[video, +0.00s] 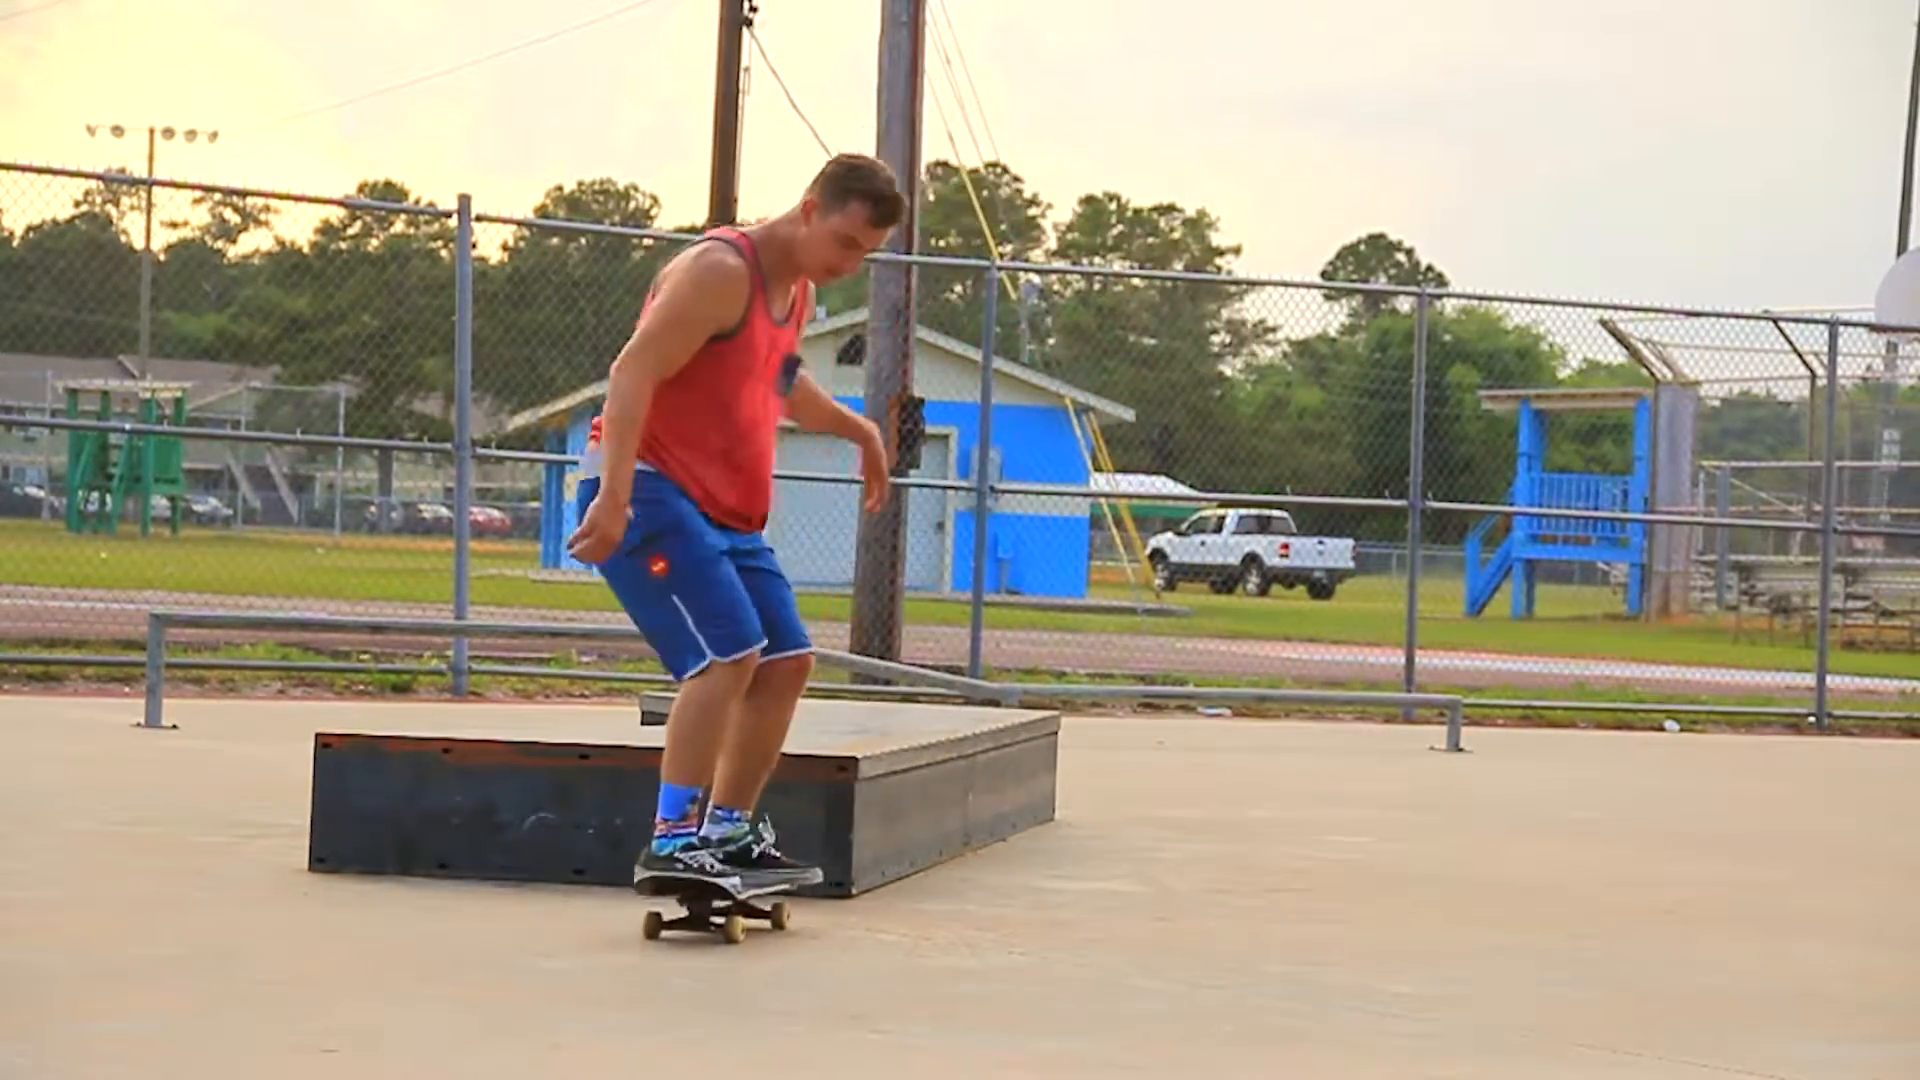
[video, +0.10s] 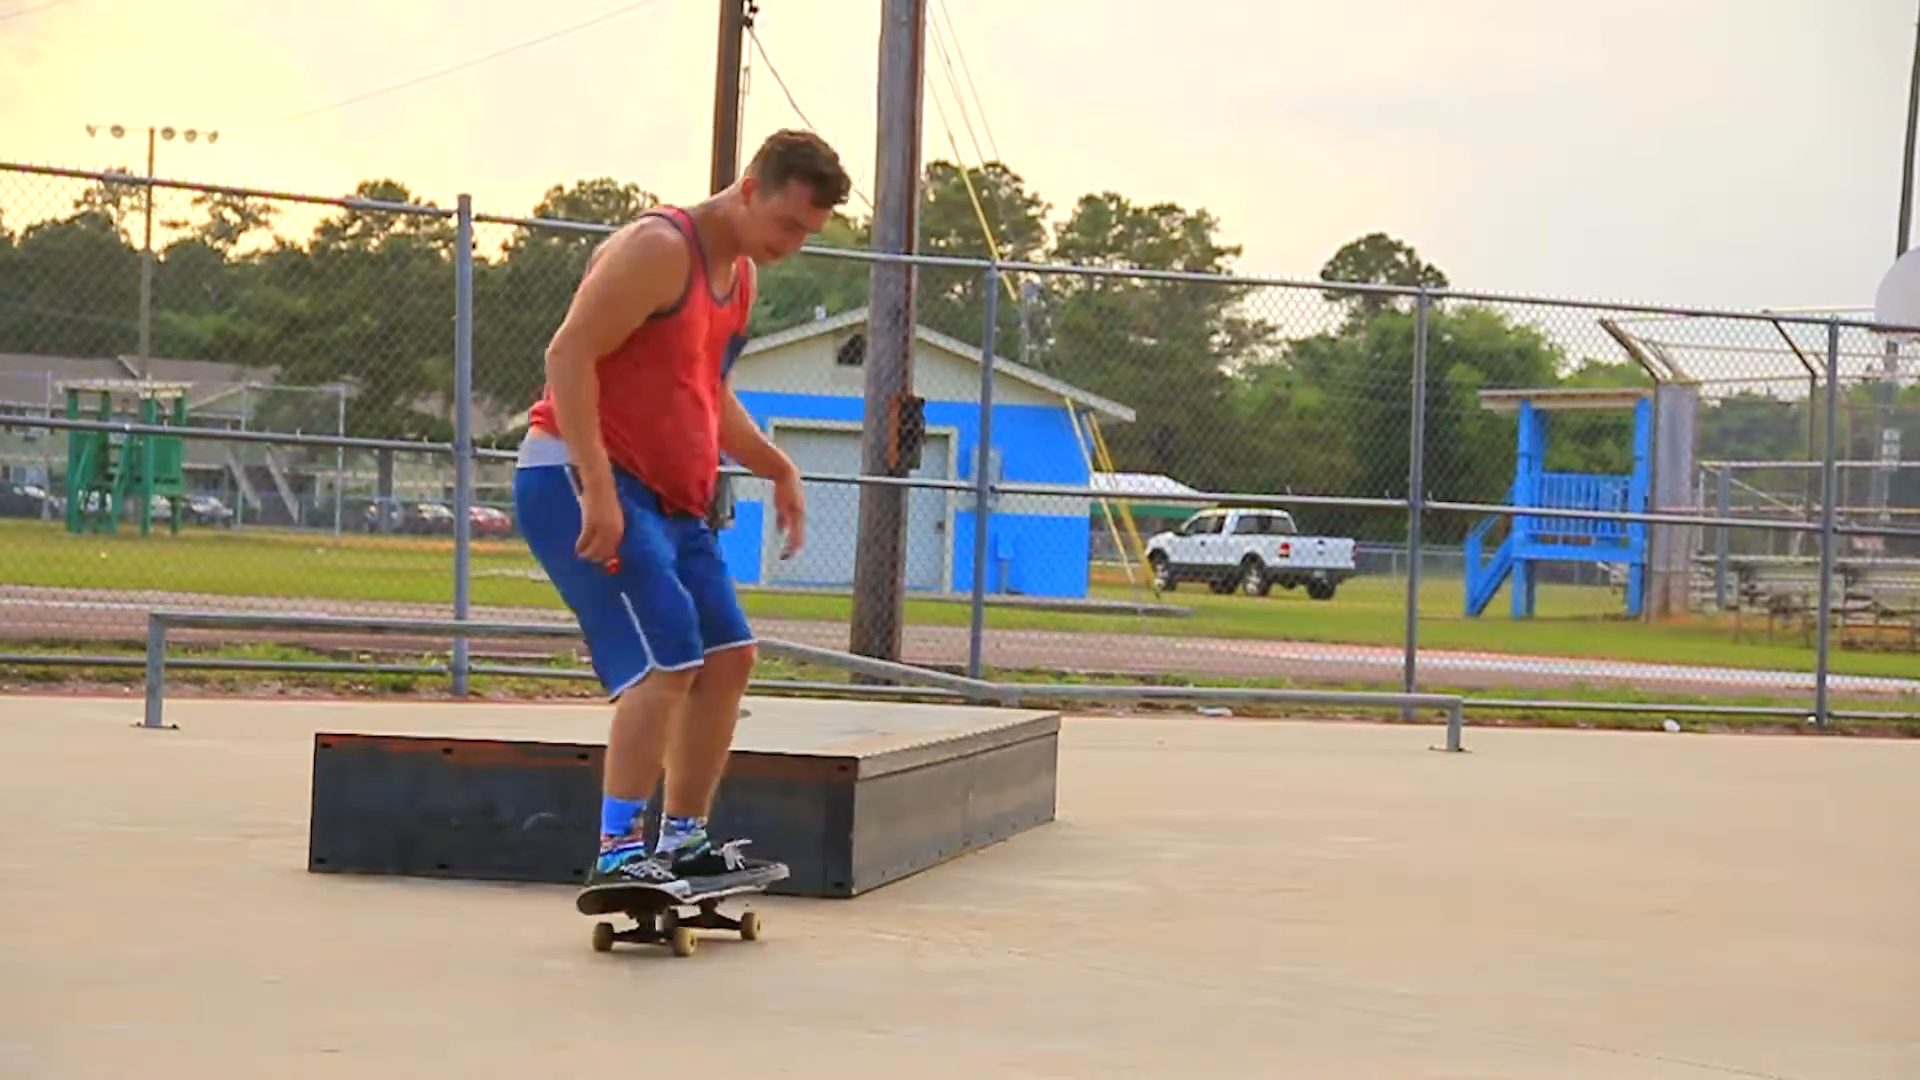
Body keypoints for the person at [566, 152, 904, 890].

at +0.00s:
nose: (852, 265)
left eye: (866, 253)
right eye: (849, 244)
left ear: (871, 241)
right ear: (808, 209)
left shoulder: (795, 289)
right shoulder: (719, 269)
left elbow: (778, 381)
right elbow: (632, 372)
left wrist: (860, 428)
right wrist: (614, 496)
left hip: (726, 512)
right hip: (651, 495)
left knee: (786, 657)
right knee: (727, 651)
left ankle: (728, 835)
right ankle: (673, 838)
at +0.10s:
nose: (795, 244)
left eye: (807, 232)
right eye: (790, 224)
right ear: (747, 188)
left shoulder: (738, 274)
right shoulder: (657, 248)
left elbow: (703, 393)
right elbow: (568, 354)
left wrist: (776, 464)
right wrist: (598, 487)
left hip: (664, 496)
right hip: (587, 480)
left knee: (727, 653)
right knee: (667, 658)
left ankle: (682, 847)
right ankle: (618, 853)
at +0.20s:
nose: (727, 208)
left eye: (739, 193)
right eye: (720, 186)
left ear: (728, 179)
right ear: (675, 150)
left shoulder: (676, 246)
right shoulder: (578, 217)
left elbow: (650, 363)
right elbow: (495, 333)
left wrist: (693, 411)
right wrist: (542, 462)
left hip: (596, 476)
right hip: (509, 463)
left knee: (655, 651)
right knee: (588, 653)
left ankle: (642, 854)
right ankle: (560, 860)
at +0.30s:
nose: (635, 162)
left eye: (647, 147)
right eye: (629, 140)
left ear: (646, 140)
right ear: (579, 108)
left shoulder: (601, 210)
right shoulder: (481, 186)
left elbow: (615, 327)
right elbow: (399, 310)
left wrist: (618, 362)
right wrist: (463, 435)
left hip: (533, 464)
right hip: (434, 450)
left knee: (579, 649)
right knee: (507, 652)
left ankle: (588, 860)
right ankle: (491, 869)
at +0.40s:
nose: (524, 120)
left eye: (539, 105)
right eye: (513, 97)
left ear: (544, 97)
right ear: (461, 68)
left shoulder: (506, 181)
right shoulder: (370, 160)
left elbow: (536, 305)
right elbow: (280, 287)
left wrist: (542, 353)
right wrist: (355, 410)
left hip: (454, 456)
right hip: (350, 443)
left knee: (495, 655)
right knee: (418, 656)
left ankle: (522, 865)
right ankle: (409, 873)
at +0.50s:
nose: (402, 81)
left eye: (418, 63)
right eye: (389, 56)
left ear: (427, 55)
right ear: (333, 31)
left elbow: (426, 282)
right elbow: (150, 272)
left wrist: (466, 371)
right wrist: (214, 404)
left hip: (361, 444)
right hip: (259, 436)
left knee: (402, 646)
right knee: (308, 657)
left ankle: (421, 870)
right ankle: (306, 881)